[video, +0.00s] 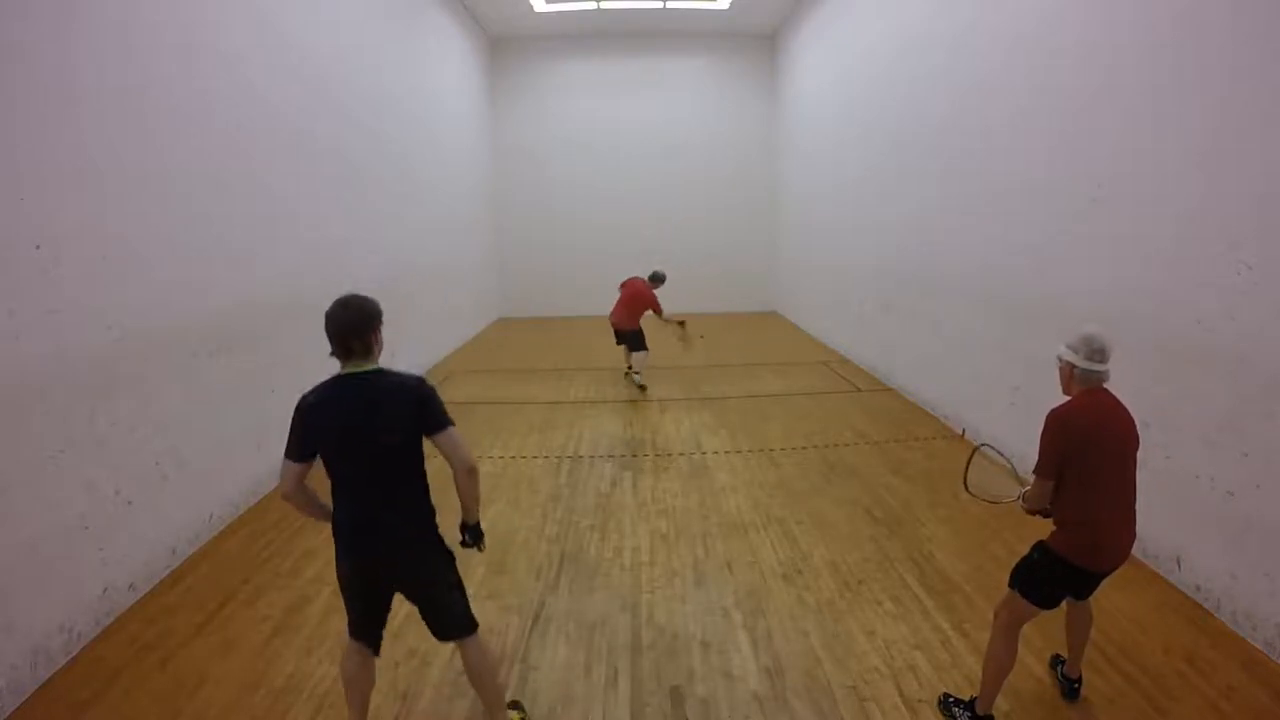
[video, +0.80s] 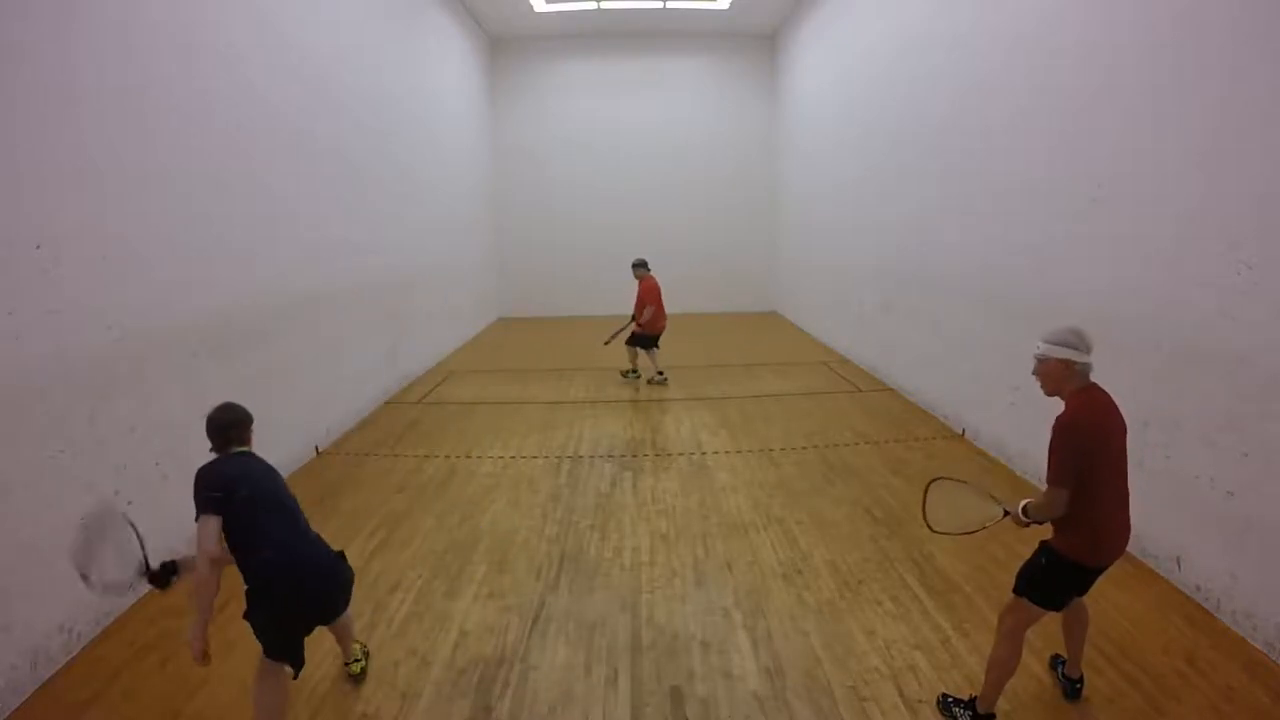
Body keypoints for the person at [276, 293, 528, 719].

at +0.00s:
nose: (382, 335)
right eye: (381, 329)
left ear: (331, 343)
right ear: (378, 336)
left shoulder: (314, 404)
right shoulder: (412, 391)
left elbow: (292, 488)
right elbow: (464, 463)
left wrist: (332, 515)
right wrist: (471, 522)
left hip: (357, 550)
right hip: (418, 543)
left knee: (360, 643)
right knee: (466, 635)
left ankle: (357, 716)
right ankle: (499, 714)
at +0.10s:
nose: (370, 323)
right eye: (368, 318)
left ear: (318, 327)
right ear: (364, 324)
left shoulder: (295, 385)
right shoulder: (395, 377)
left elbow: (260, 463)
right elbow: (448, 452)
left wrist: (307, 489)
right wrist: (459, 511)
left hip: (333, 540)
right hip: (395, 534)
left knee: (345, 635)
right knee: (449, 628)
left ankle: (349, 716)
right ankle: (498, 711)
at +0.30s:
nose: (336, 311)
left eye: (333, 303)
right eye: (334, 304)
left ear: (283, 314)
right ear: (327, 311)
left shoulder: (257, 369)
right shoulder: (357, 363)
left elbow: (217, 448)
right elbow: (414, 436)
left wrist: (258, 497)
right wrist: (425, 496)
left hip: (292, 526)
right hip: (355, 519)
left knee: (289, 629)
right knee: (409, 616)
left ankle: (286, 716)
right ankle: (456, 707)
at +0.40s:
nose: (317, 344)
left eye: (313, 337)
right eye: (316, 338)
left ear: (266, 348)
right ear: (310, 344)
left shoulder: (244, 407)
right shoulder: (341, 396)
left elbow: (211, 492)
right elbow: (404, 467)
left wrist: (242, 546)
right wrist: (418, 519)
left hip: (282, 558)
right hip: (346, 552)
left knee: (269, 658)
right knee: (397, 642)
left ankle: (261, 718)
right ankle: (438, 715)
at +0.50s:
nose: (294, 370)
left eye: (291, 364)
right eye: (292, 365)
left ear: (244, 378)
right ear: (287, 372)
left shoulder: (225, 436)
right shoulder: (319, 423)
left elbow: (202, 525)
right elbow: (376, 494)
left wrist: (222, 576)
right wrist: (380, 538)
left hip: (267, 578)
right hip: (327, 570)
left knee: (265, 667)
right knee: (383, 644)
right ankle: (429, 713)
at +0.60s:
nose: (270, 389)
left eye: (267, 383)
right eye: (269, 384)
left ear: (223, 396)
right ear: (265, 390)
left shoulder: (205, 449)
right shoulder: (295, 432)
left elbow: (184, 538)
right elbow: (327, 503)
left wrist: (202, 588)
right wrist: (308, 534)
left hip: (262, 576)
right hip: (318, 560)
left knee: (265, 664)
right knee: (352, 614)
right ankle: (404, 683)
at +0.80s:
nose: (251, 433)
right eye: (250, 429)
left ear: (212, 443)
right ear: (250, 434)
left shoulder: (211, 475)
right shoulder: (261, 467)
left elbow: (209, 555)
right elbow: (260, 538)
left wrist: (200, 627)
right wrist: (215, 559)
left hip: (275, 591)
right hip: (321, 572)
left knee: (274, 664)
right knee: (336, 612)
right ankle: (353, 658)